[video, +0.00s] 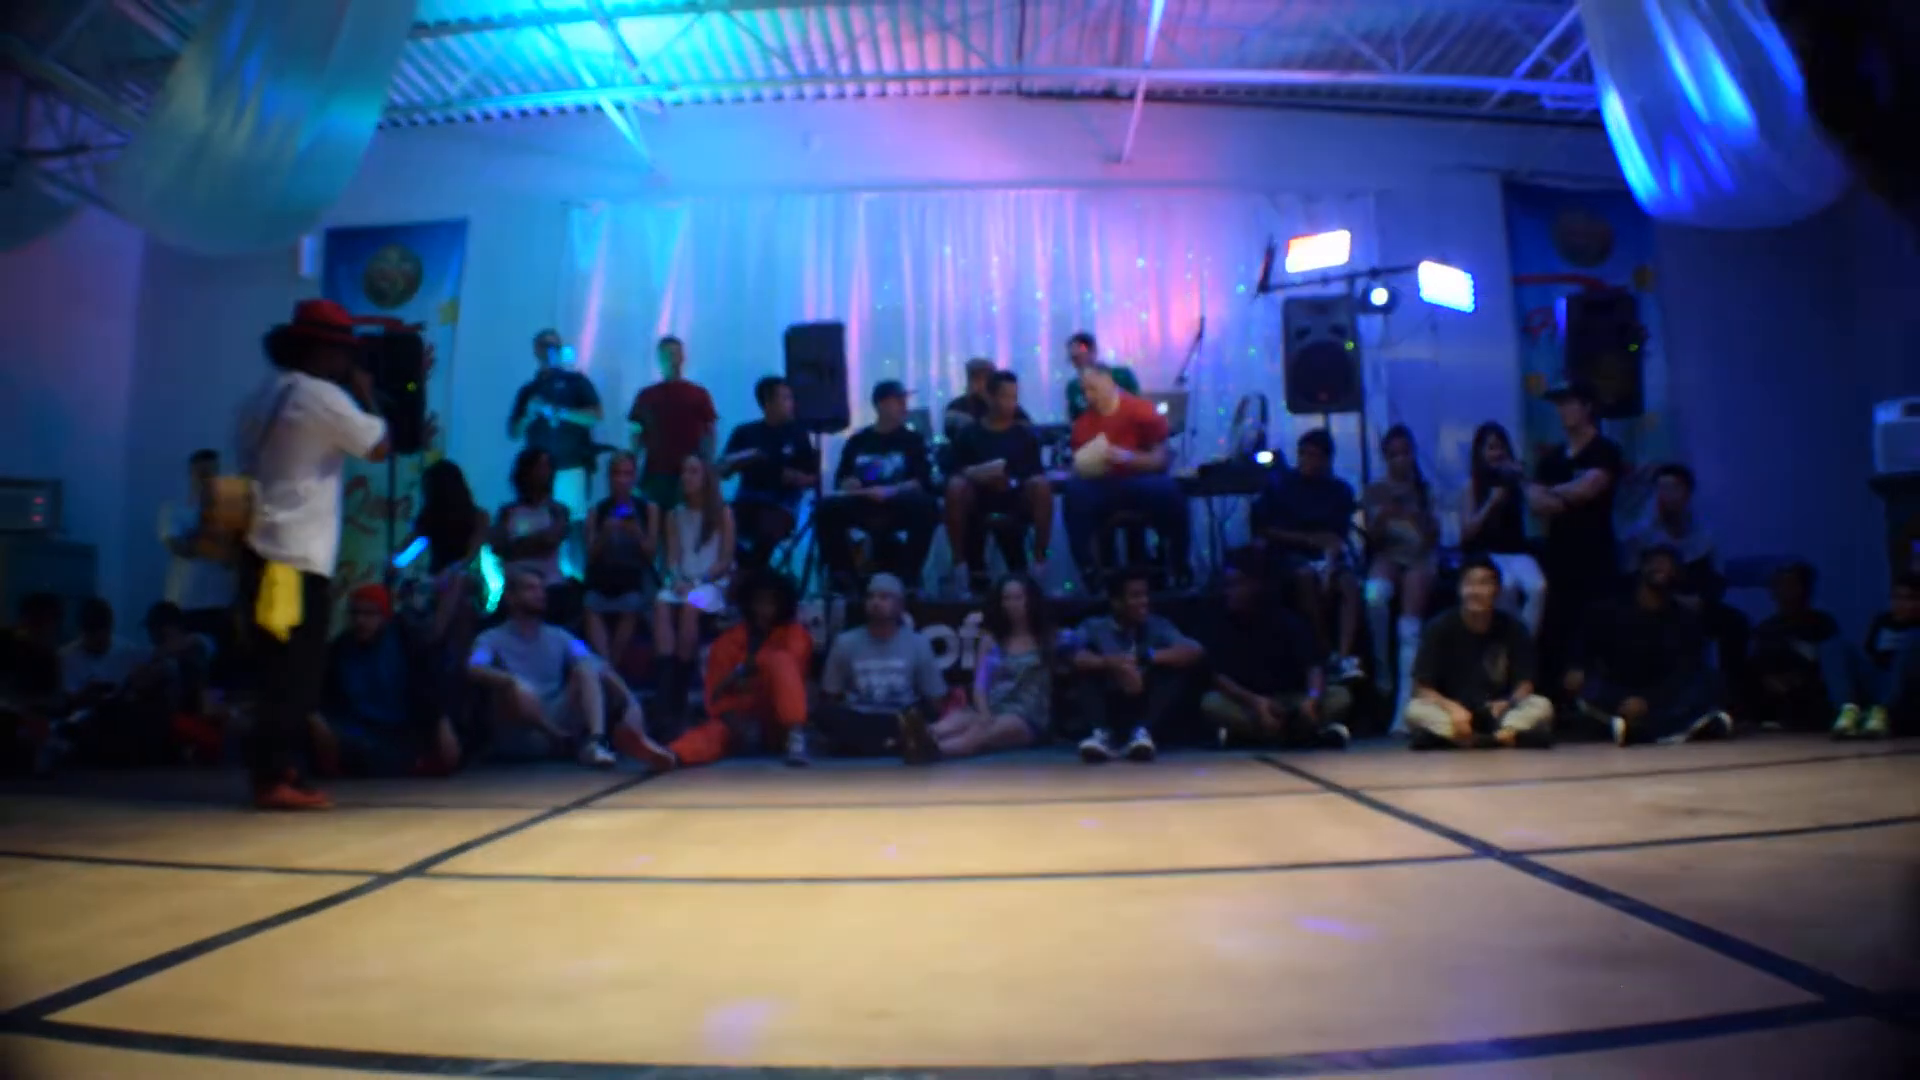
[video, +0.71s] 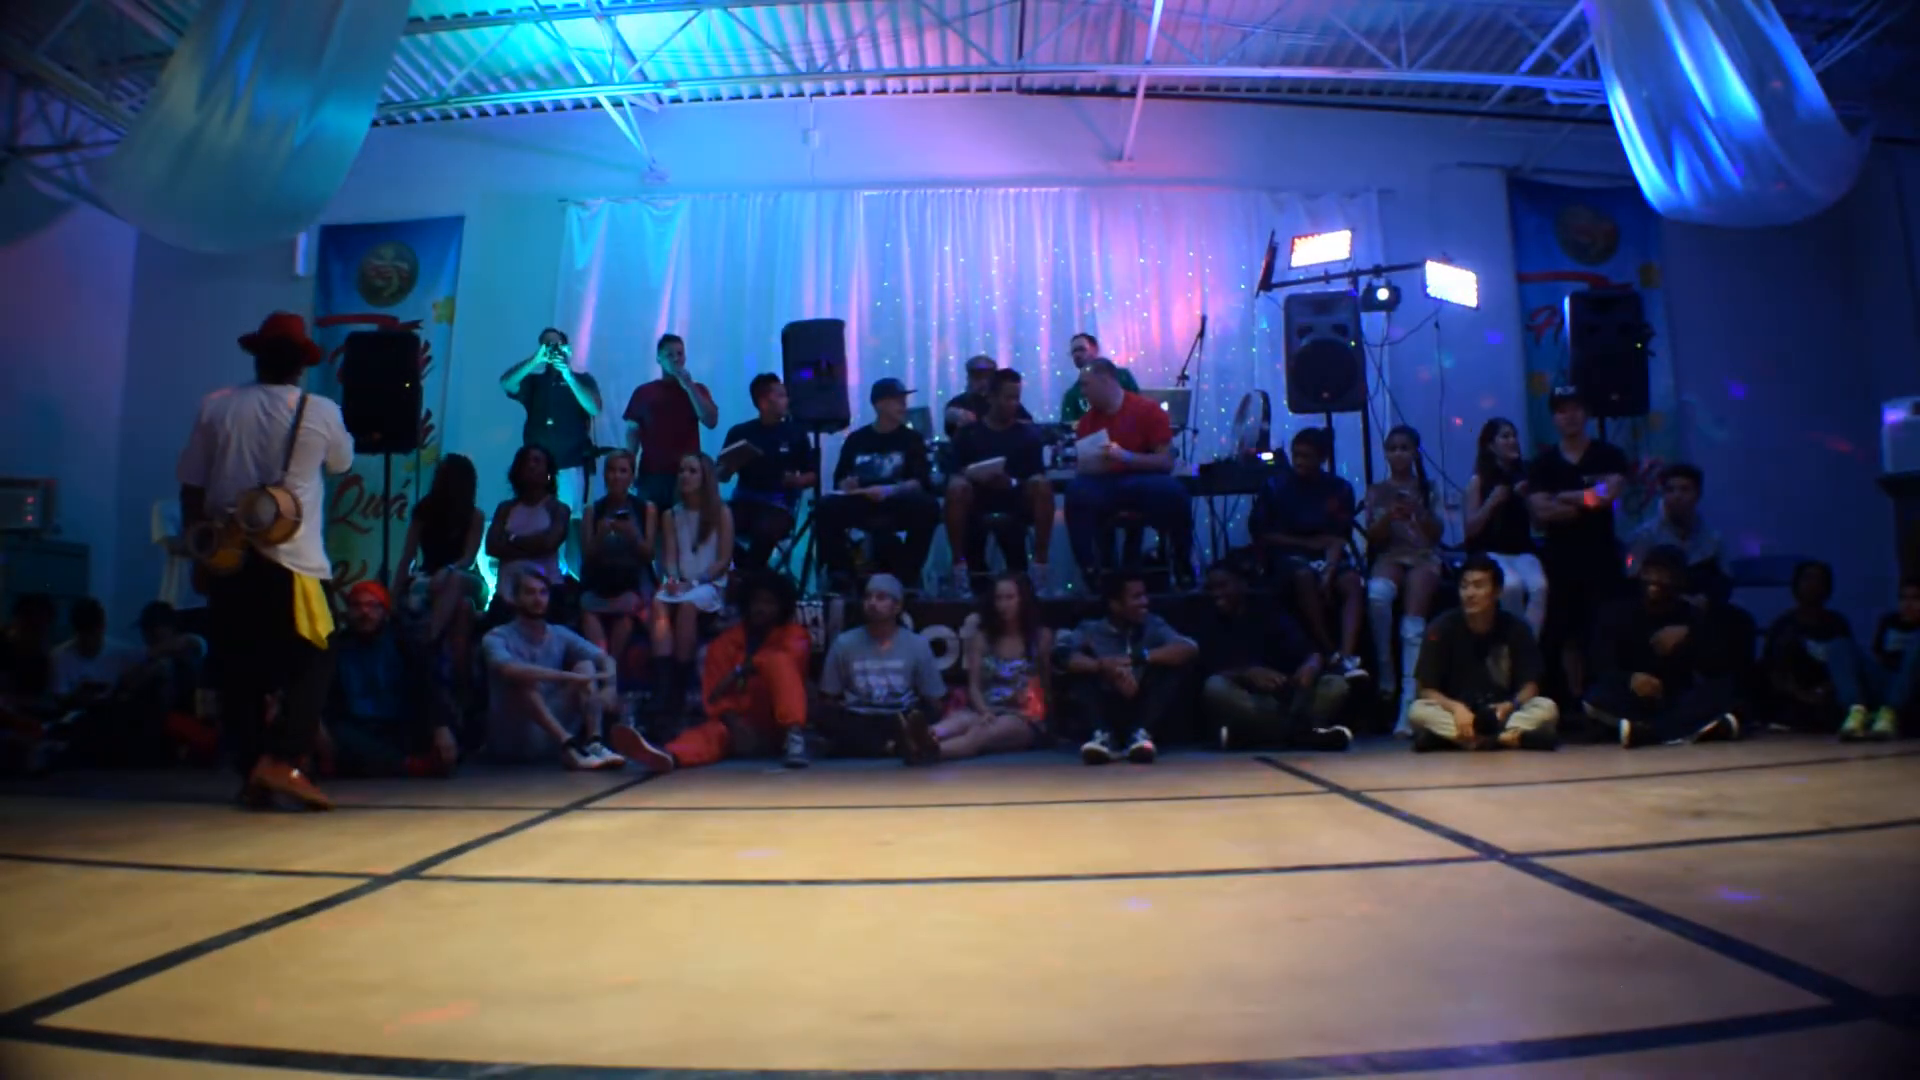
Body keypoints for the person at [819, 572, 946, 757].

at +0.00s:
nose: (875, 604)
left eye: (883, 597)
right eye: (871, 597)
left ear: (899, 604)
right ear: (865, 602)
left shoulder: (917, 644)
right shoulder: (845, 643)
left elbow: (936, 700)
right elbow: (830, 697)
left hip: (904, 718)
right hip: (858, 718)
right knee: (825, 715)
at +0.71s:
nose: (872, 604)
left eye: (880, 598)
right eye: (868, 597)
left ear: (897, 606)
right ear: (863, 602)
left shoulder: (916, 645)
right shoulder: (844, 644)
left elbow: (935, 702)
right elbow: (828, 699)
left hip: (903, 717)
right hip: (857, 718)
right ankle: (887, 746)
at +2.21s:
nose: (871, 604)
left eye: (879, 598)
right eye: (867, 597)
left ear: (895, 605)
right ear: (862, 602)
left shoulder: (915, 645)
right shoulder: (844, 644)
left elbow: (935, 701)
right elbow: (828, 698)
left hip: (903, 719)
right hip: (857, 719)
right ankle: (888, 745)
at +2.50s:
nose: (870, 604)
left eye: (878, 598)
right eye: (866, 598)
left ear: (894, 606)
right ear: (861, 602)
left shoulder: (915, 645)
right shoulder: (843, 644)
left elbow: (934, 701)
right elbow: (829, 698)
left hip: (903, 718)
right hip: (857, 718)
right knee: (822, 717)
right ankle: (889, 745)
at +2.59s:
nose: (870, 604)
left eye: (878, 598)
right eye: (866, 597)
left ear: (894, 606)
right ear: (861, 602)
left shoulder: (915, 645)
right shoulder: (843, 644)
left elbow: (934, 700)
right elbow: (828, 698)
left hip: (904, 716)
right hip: (859, 717)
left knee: (962, 721)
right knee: (822, 718)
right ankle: (890, 745)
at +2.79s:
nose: (870, 604)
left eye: (878, 598)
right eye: (866, 598)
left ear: (895, 605)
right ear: (861, 602)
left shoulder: (915, 645)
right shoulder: (843, 644)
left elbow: (934, 700)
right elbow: (828, 698)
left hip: (903, 714)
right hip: (858, 716)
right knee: (820, 714)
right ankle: (889, 745)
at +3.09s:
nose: (870, 604)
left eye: (878, 598)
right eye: (866, 598)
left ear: (895, 606)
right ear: (861, 602)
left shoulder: (915, 645)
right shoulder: (844, 644)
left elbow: (936, 701)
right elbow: (828, 698)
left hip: (904, 717)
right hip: (859, 717)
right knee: (827, 718)